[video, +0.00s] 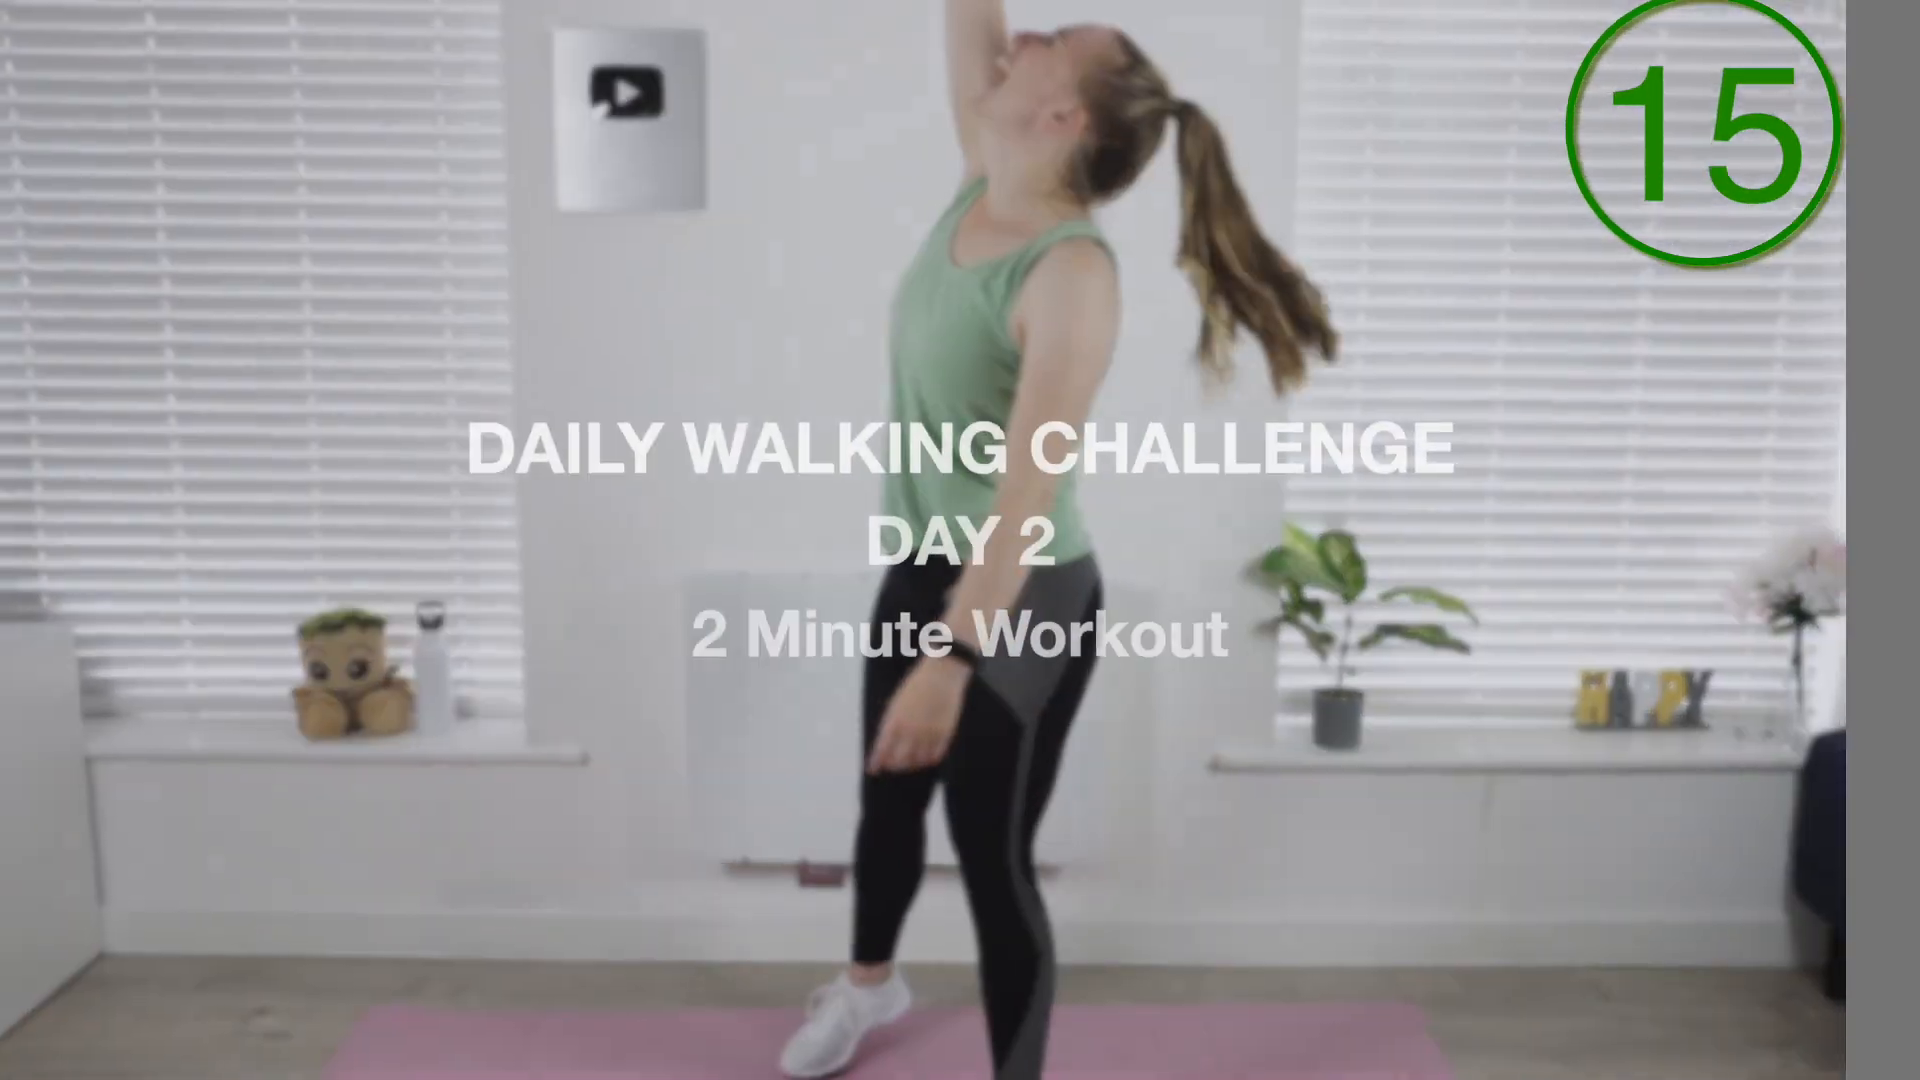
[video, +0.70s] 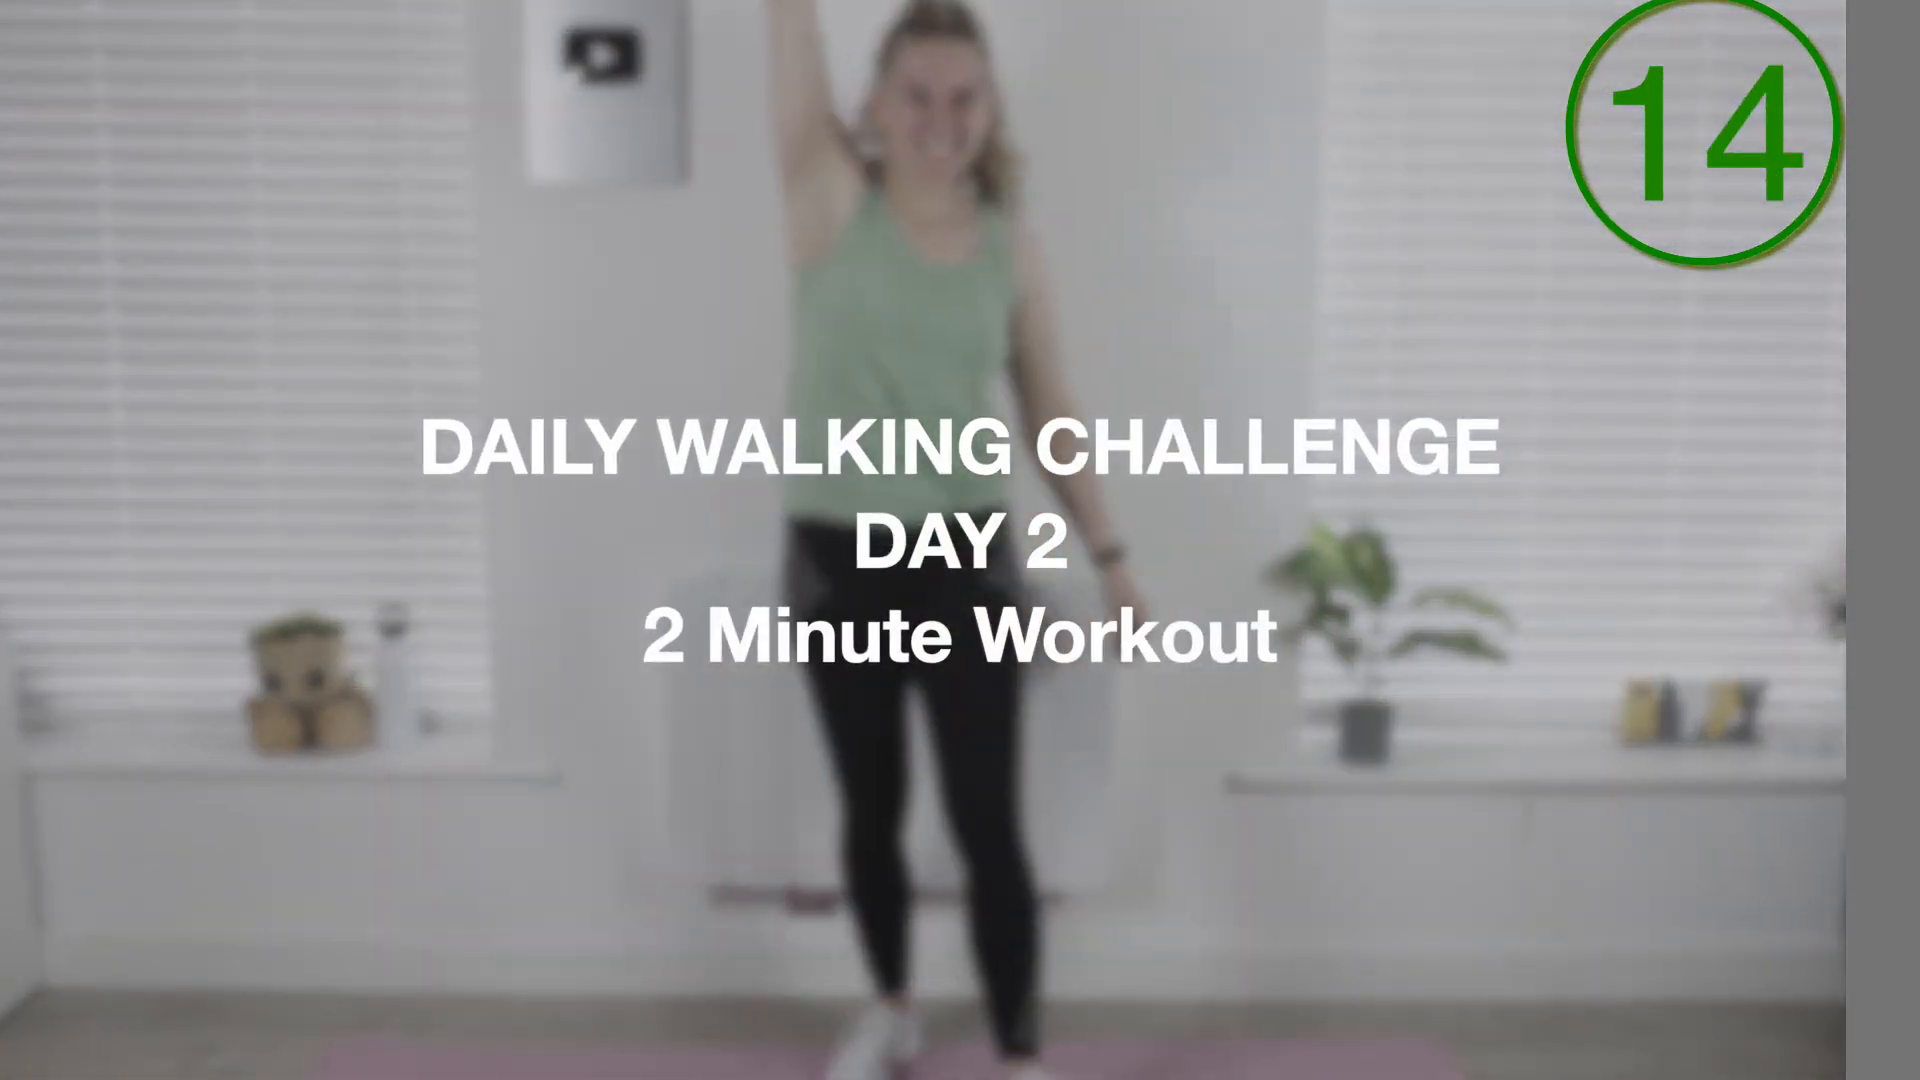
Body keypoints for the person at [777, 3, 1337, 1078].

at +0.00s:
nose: (1022, 38)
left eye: (1051, 44)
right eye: (1045, 32)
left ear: (1063, 122)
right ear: (1051, 121)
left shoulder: (1071, 275)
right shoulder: (990, 175)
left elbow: (1027, 501)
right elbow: (973, 5)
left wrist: (952, 660)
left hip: (1028, 591)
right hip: (927, 567)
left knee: (991, 845)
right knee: (887, 787)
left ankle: (1017, 1070)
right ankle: (867, 980)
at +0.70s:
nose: (939, 119)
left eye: (961, 99)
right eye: (917, 96)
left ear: (989, 114)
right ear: (875, 107)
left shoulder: (1006, 243)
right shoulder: (830, 197)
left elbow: (1052, 421)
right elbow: (788, 18)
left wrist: (1110, 561)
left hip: (967, 552)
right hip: (838, 548)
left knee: (985, 811)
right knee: (870, 798)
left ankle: (1019, 1050)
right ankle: (890, 1006)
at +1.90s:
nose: (1080, 111)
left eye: (1100, 92)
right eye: (1058, 90)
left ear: (1127, 110)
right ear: (1020, 105)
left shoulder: (1142, 243)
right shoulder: (999, 221)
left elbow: (1149, 420)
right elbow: (966, 48)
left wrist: (1196, 561)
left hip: (1145, 558)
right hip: (1023, 559)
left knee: (1139, 807)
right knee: (981, 801)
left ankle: (1129, 1029)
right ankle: (901, 1009)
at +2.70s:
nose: (1200, 110)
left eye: (1230, 92)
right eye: (1186, 87)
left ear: (1276, 115)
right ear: (1165, 97)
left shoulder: (1283, 266)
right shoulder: (1099, 190)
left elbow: (1265, 456)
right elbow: (928, 154)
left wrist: (1258, 620)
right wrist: (788, 68)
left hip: (1173, 555)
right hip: (1047, 534)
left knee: (1135, 809)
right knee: (991, 790)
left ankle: (1125, 1032)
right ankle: (932, 1010)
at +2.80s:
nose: (1209, 123)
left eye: (1240, 108)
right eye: (1195, 99)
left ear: (1285, 128)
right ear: (1172, 103)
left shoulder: (1281, 277)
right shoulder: (1099, 210)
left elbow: (1244, 453)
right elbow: (957, 291)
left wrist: (1189, 599)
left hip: (1163, 553)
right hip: (1042, 534)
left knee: (1133, 813)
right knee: (983, 790)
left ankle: (1125, 1034)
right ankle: (928, 1011)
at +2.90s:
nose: (1201, 114)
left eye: (1232, 99)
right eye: (1189, 88)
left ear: (1271, 131)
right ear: (1158, 98)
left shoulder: (1272, 272)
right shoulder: (1081, 215)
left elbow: (1229, 453)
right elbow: (1013, 364)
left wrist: (1129, 568)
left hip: (1163, 545)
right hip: (1035, 531)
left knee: (1130, 811)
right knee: (961, 787)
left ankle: (1125, 1031)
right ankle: (908, 1005)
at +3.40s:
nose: (1021, 97)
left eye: (1046, 79)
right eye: (1003, 74)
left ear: (1082, 104)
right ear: (970, 89)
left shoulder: (1110, 249)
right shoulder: (907, 228)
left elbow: (1151, 435)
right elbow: (852, 398)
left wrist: (1168, 594)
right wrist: (794, 546)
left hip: (1048, 561)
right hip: (910, 559)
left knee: (1070, 814)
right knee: (898, 814)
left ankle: (1123, 1032)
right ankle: (868, 1046)